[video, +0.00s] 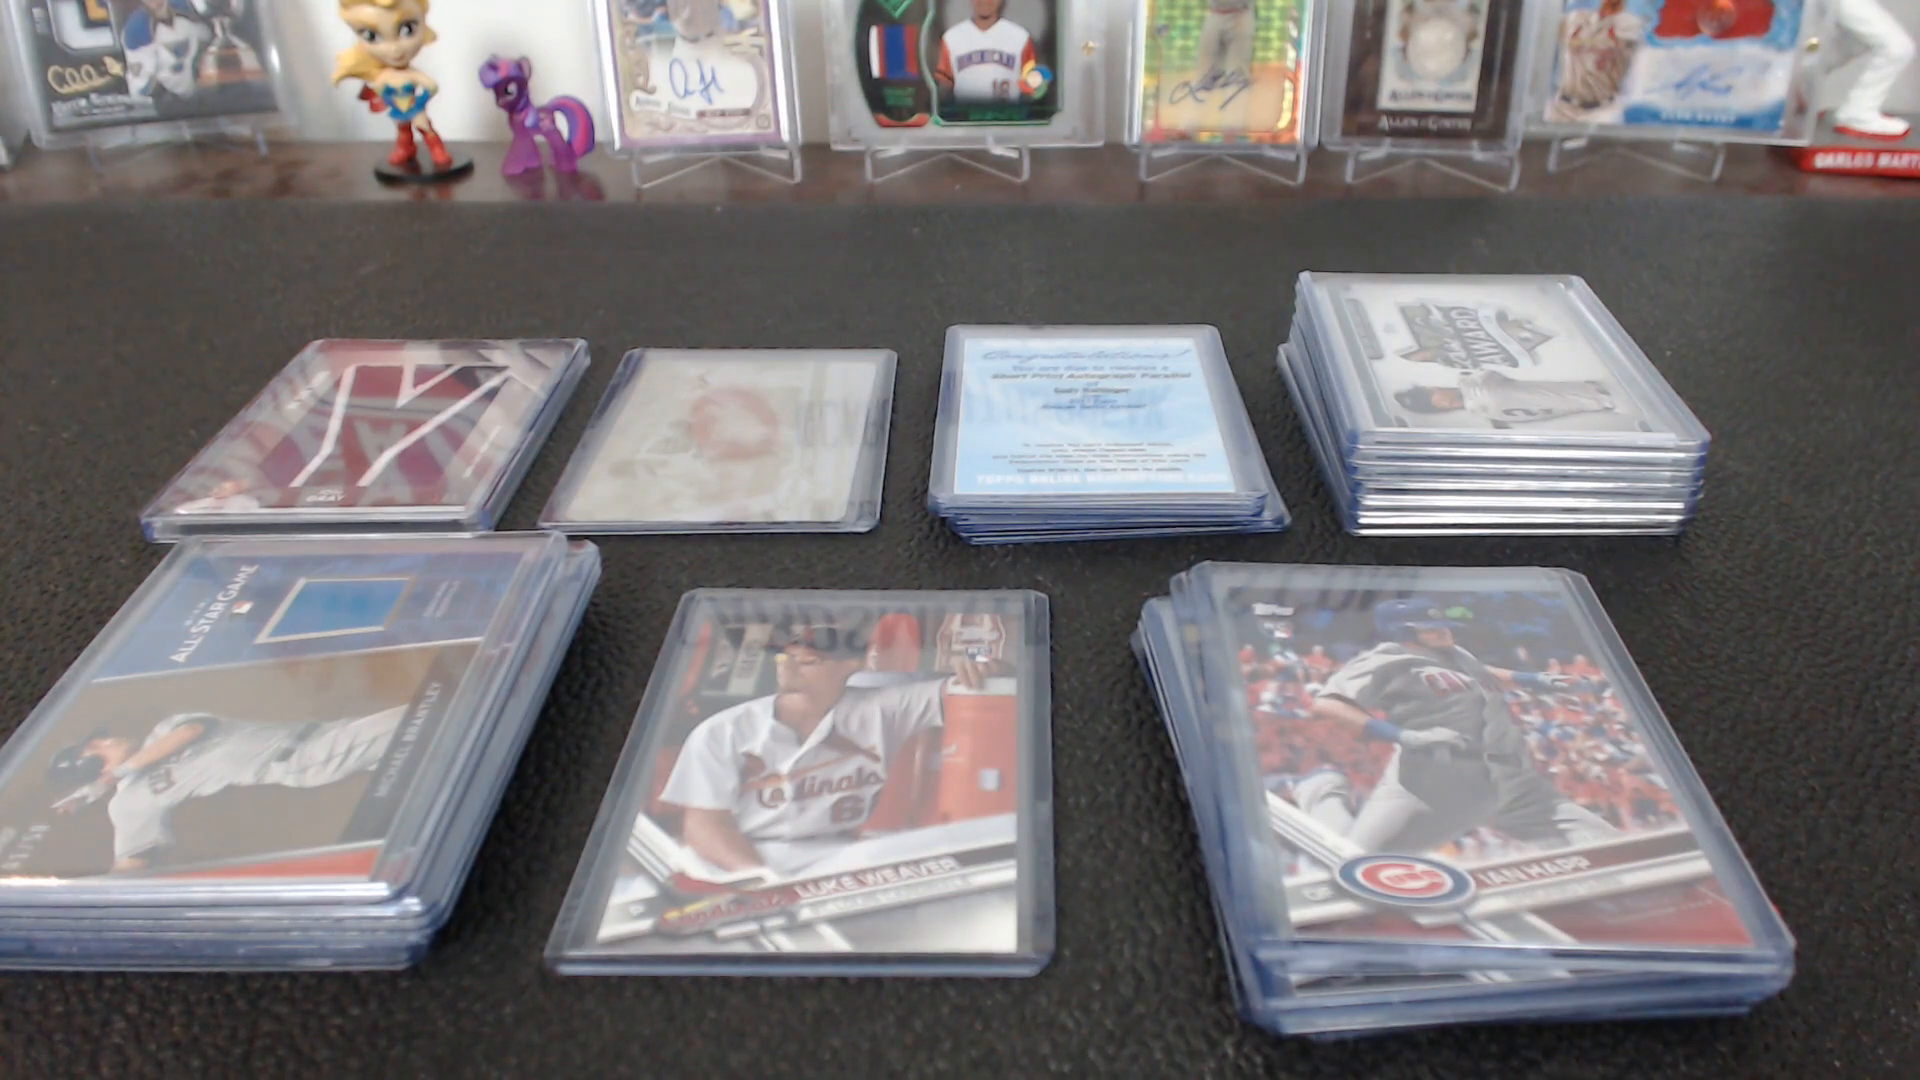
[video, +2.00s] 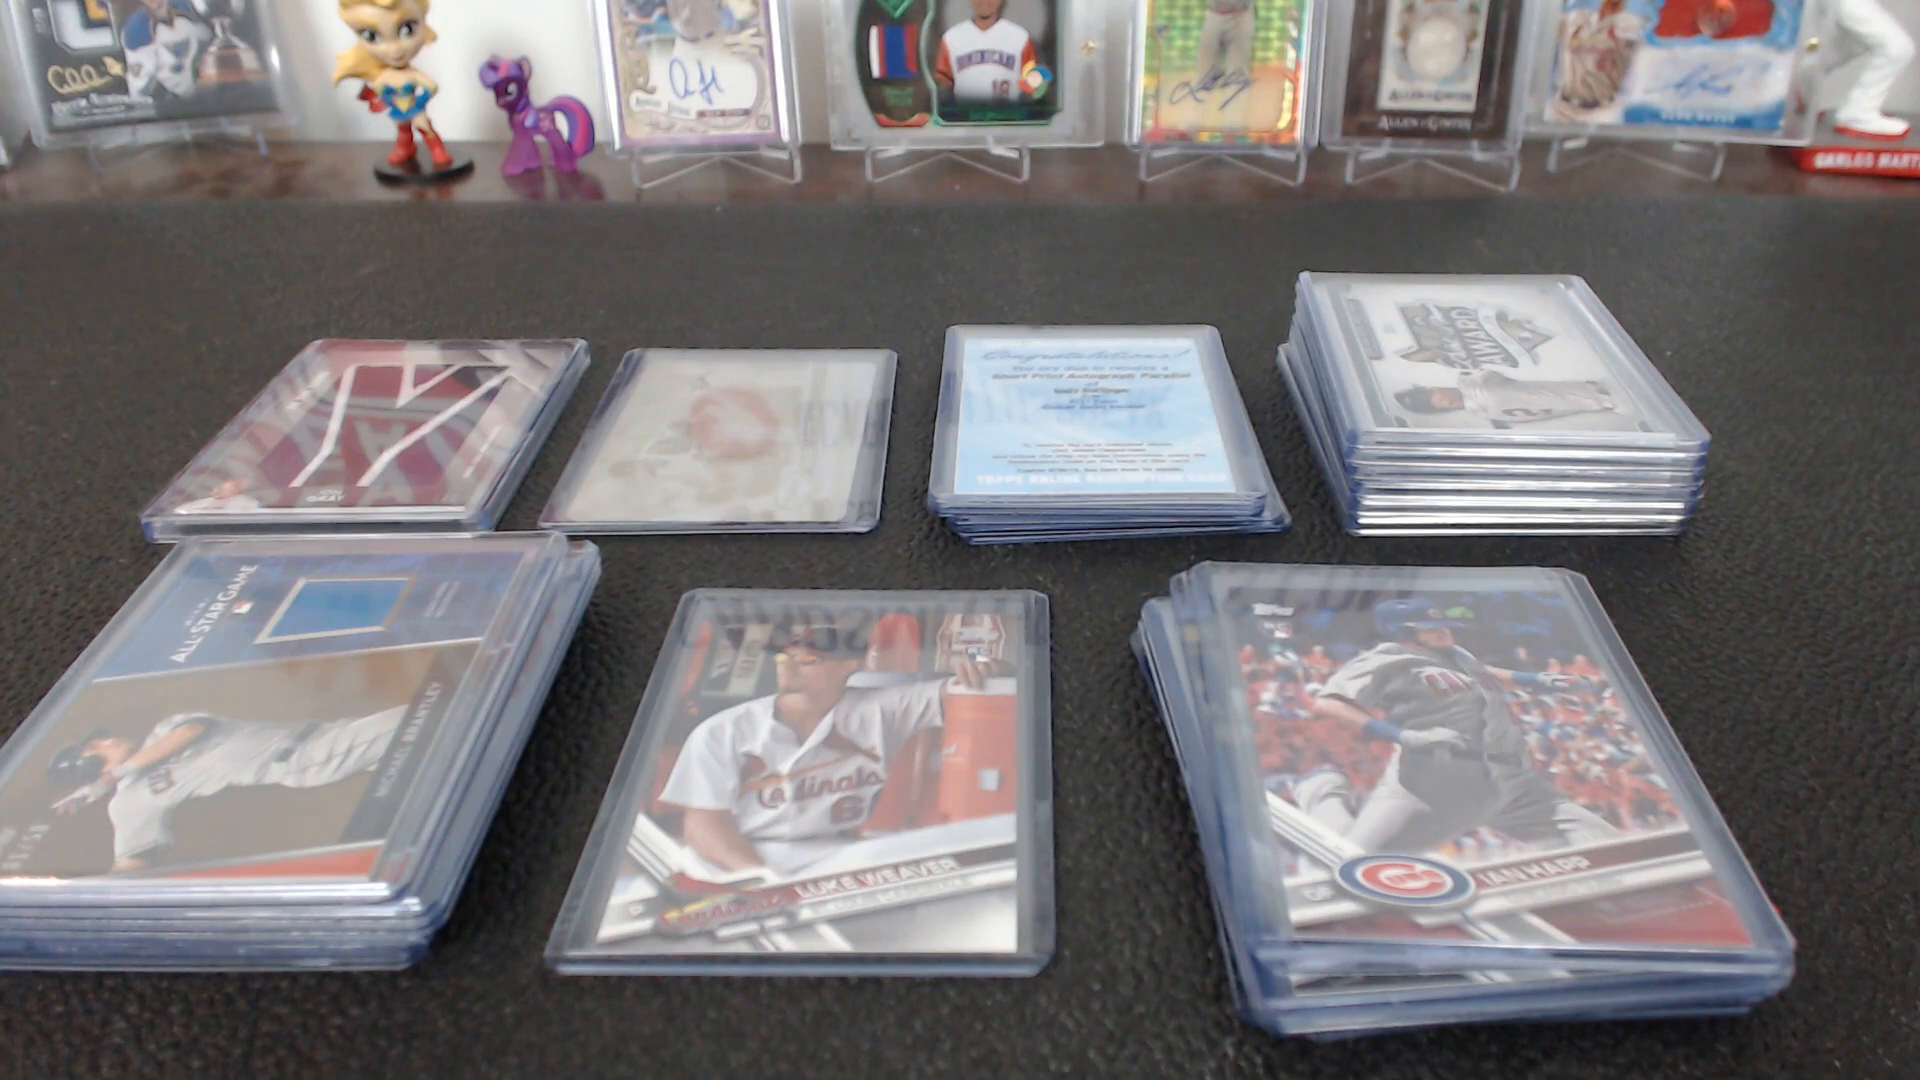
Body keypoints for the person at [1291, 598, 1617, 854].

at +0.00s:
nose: (1446, 630)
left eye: (1446, 622)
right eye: (1434, 623)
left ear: (1447, 625)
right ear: (1406, 629)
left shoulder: (1459, 657)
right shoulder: (1388, 659)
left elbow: (1490, 676)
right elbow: (1328, 704)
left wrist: (1539, 682)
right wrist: (1404, 736)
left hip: (1511, 790)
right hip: (1427, 798)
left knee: (1614, 850)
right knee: (1352, 869)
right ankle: (1321, 792)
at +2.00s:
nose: (1445, 631)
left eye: (1444, 622)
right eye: (1433, 623)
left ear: (1445, 625)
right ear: (1405, 629)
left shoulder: (1458, 657)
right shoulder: (1386, 659)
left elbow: (1490, 677)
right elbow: (1328, 704)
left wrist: (1541, 682)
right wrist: (1404, 736)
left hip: (1508, 788)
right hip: (1429, 794)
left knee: (1610, 847)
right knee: (1351, 870)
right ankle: (1322, 793)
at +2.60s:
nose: (1445, 631)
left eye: (1444, 623)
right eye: (1433, 624)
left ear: (1447, 625)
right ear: (1405, 628)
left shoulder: (1459, 657)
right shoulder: (1388, 659)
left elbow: (1489, 677)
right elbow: (1328, 704)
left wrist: (1541, 682)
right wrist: (1404, 736)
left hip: (1508, 787)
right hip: (1429, 793)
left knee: (1609, 846)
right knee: (1350, 869)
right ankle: (1322, 793)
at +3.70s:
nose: (1446, 630)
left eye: (1446, 621)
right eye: (1434, 622)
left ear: (1447, 624)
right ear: (1407, 628)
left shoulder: (1458, 656)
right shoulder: (1387, 660)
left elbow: (1491, 677)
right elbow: (1328, 705)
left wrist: (1541, 683)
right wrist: (1405, 736)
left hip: (1510, 788)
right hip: (1430, 795)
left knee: (1609, 848)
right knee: (1354, 866)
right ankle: (1321, 794)